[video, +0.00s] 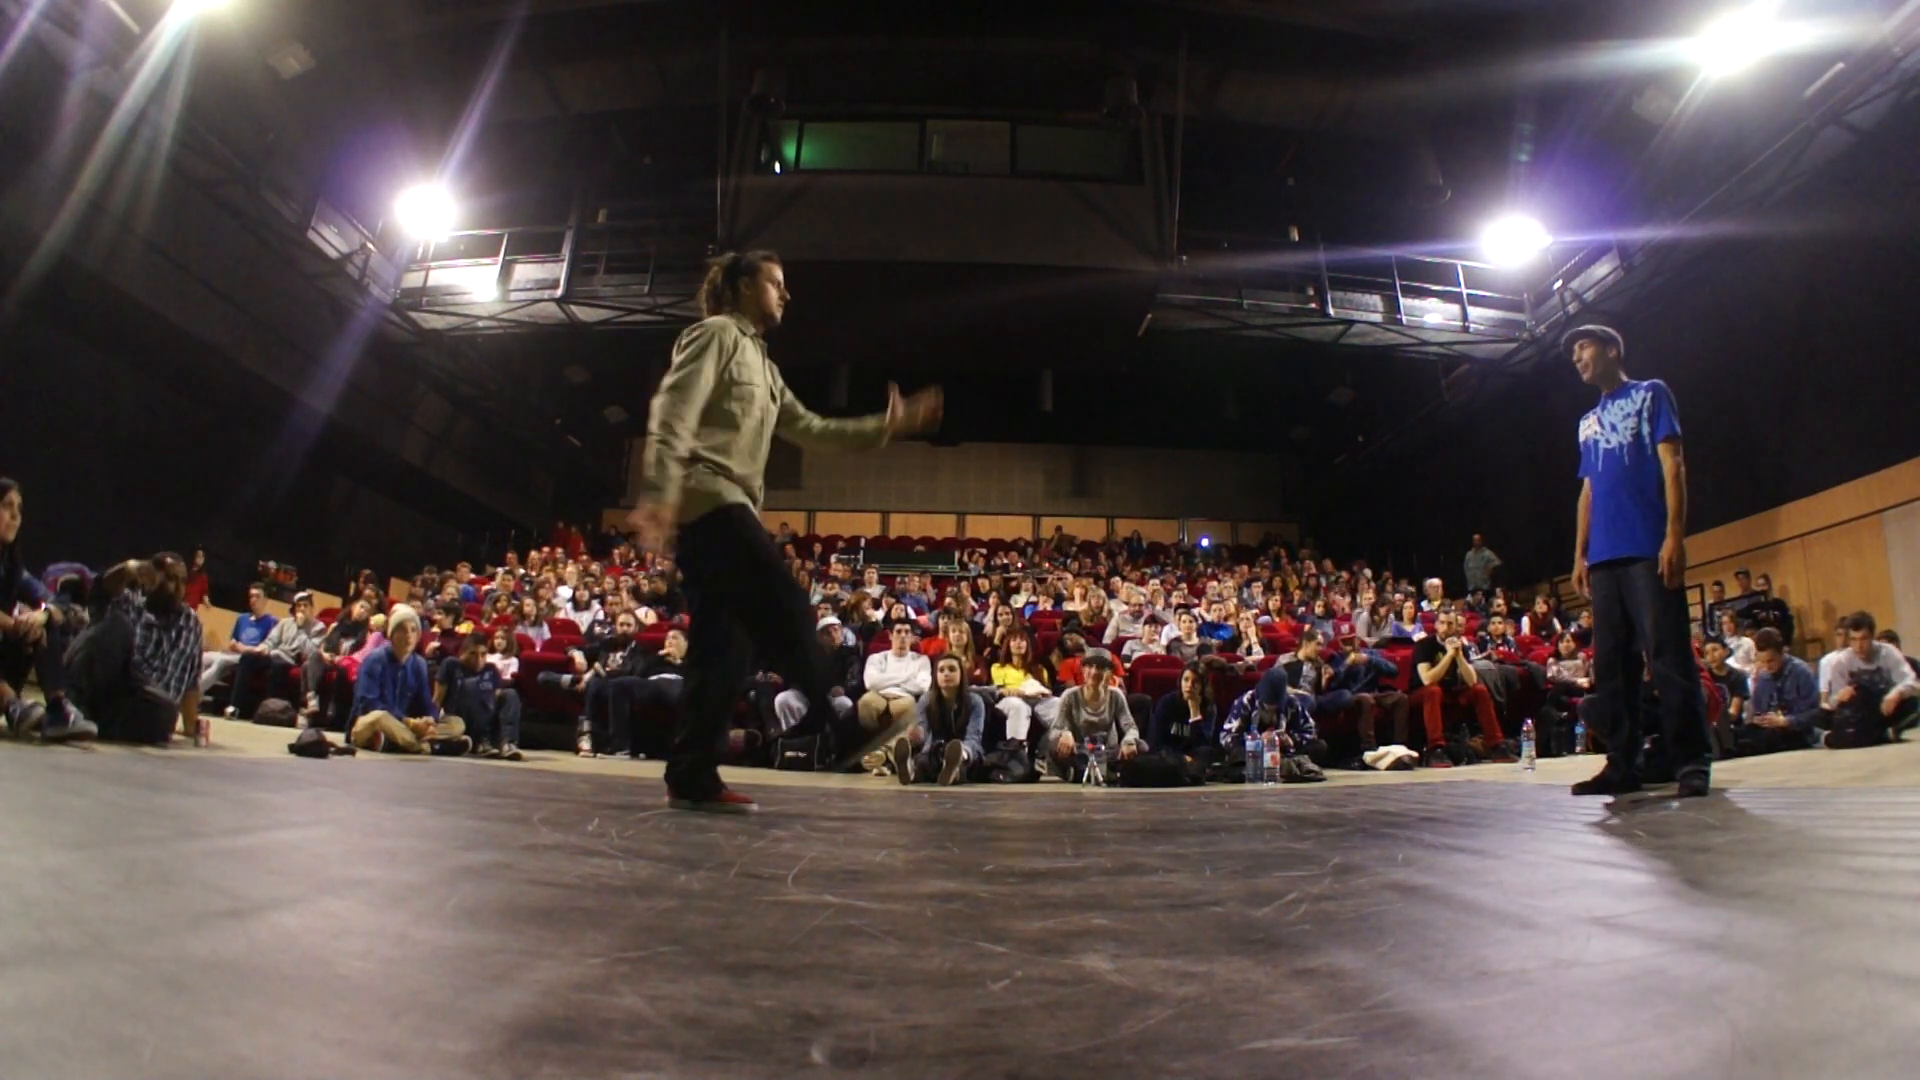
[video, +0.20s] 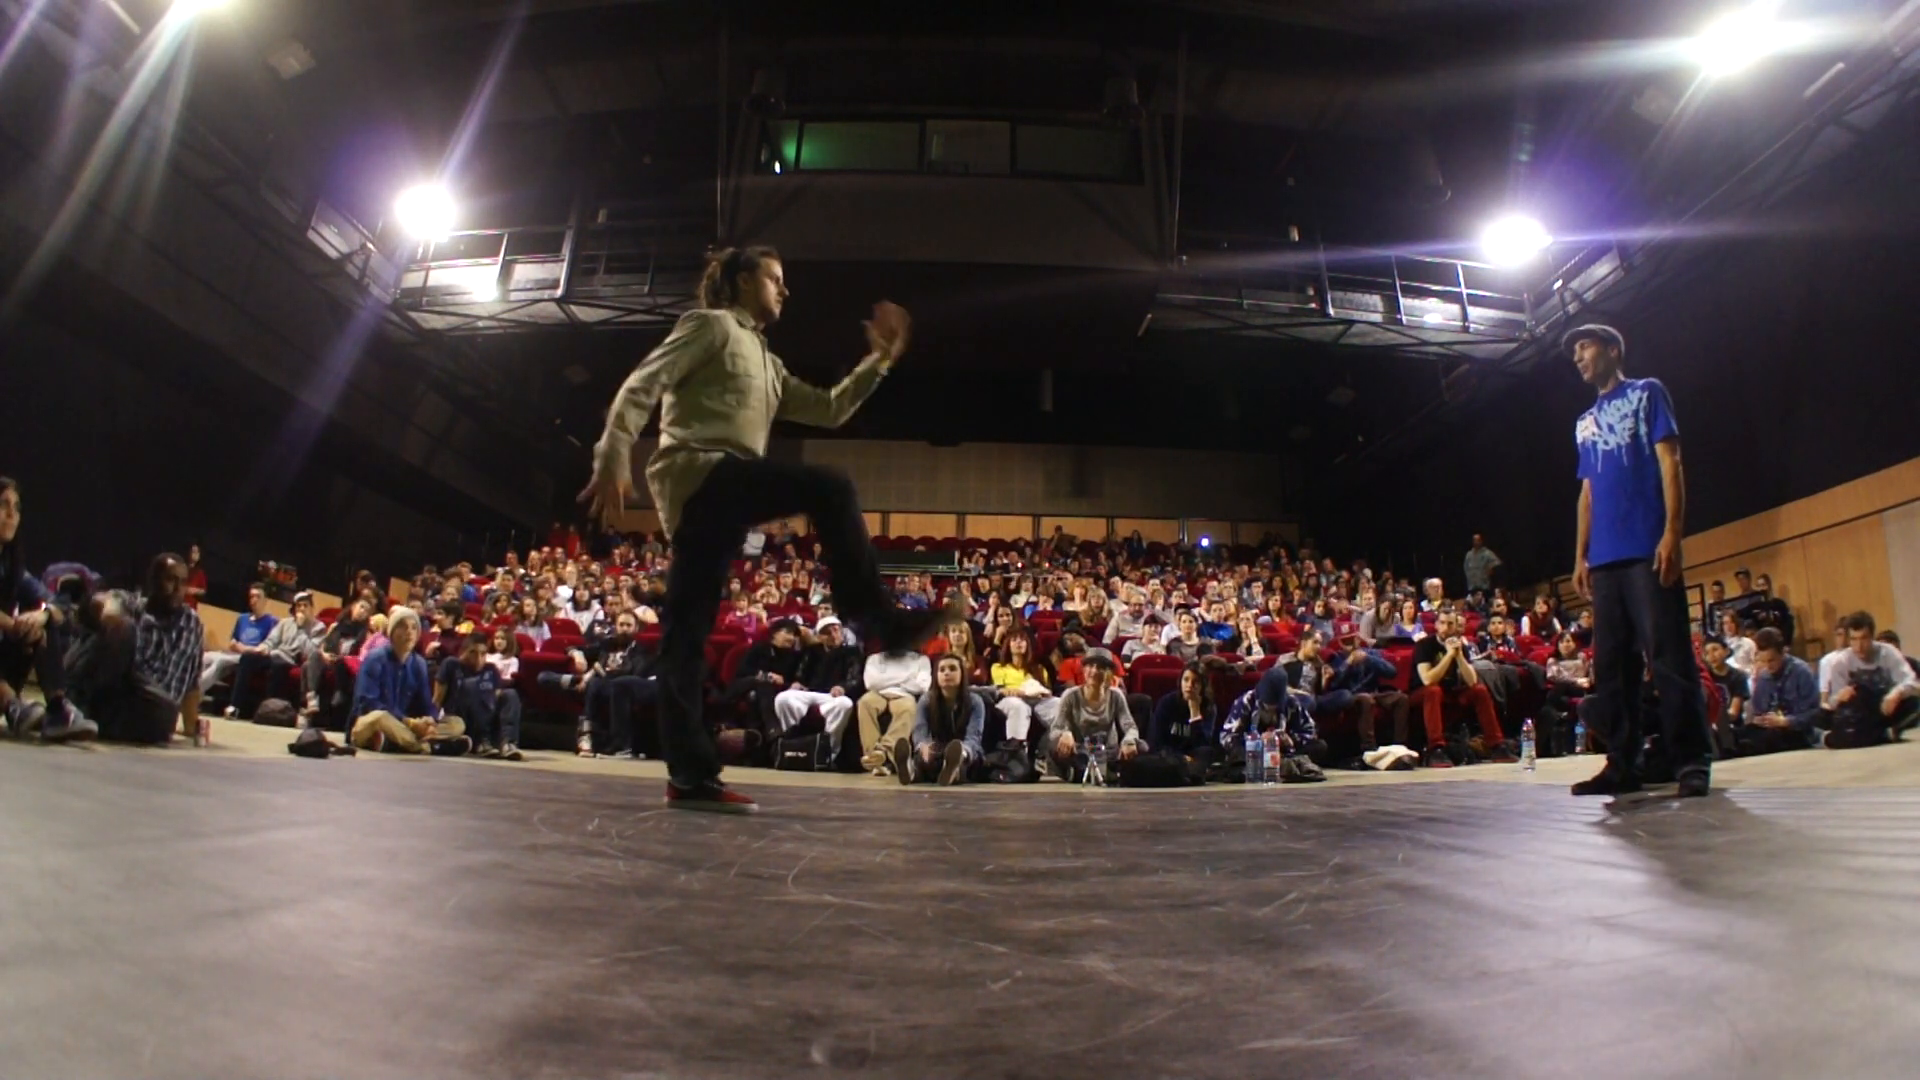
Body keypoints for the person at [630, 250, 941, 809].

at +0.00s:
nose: (785, 296)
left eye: (784, 287)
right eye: (775, 284)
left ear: (755, 294)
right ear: (741, 287)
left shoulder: (764, 368)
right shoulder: (716, 333)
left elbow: (810, 429)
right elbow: (673, 411)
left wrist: (888, 422)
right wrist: (660, 492)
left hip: (729, 505)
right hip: (707, 499)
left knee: (720, 645)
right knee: (784, 607)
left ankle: (693, 774)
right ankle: (837, 722)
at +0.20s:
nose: (783, 290)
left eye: (783, 283)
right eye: (775, 279)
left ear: (763, 290)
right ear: (742, 281)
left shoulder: (765, 365)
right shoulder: (710, 324)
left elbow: (831, 408)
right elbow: (641, 387)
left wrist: (881, 357)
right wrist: (611, 462)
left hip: (722, 484)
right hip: (702, 471)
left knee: (686, 632)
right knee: (830, 489)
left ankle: (690, 776)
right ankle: (881, 622)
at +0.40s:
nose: (774, 289)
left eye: (778, 284)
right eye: (766, 278)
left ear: (772, 293)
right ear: (732, 274)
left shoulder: (767, 358)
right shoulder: (694, 322)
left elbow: (831, 398)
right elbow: (628, 386)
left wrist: (910, 387)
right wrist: (592, 453)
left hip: (728, 487)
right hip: (694, 478)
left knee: (693, 637)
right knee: (795, 560)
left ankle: (689, 777)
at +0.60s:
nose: (769, 283)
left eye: (777, 277)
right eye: (761, 269)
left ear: (779, 286)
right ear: (728, 266)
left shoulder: (771, 344)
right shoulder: (678, 317)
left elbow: (813, 400)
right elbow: (601, 366)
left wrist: (844, 390)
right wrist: (616, 436)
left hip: (745, 510)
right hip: (686, 497)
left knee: (719, 647)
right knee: (671, 631)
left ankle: (695, 779)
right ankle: (619, 780)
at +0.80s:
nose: (766, 277)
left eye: (774, 271)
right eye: (758, 264)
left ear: (776, 281)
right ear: (726, 260)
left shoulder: (772, 345)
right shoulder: (676, 306)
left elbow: (810, 394)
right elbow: (630, 378)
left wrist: (842, 387)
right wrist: (639, 411)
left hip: (740, 515)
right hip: (677, 499)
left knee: (709, 650)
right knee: (646, 642)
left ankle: (694, 779)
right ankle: (617, 785)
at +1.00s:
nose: (778, 268)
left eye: (781, 261)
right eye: (769, 256)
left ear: (771, 271)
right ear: (732, 255)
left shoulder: (775, 342)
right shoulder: (683, 300)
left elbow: (824, 391)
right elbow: (592, 306)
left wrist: (890, 410)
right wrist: (553, 348)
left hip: (736, 513)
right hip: (677, 500)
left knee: (707, 653)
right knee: (651, 645)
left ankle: (694, 780)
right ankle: (619, 786)